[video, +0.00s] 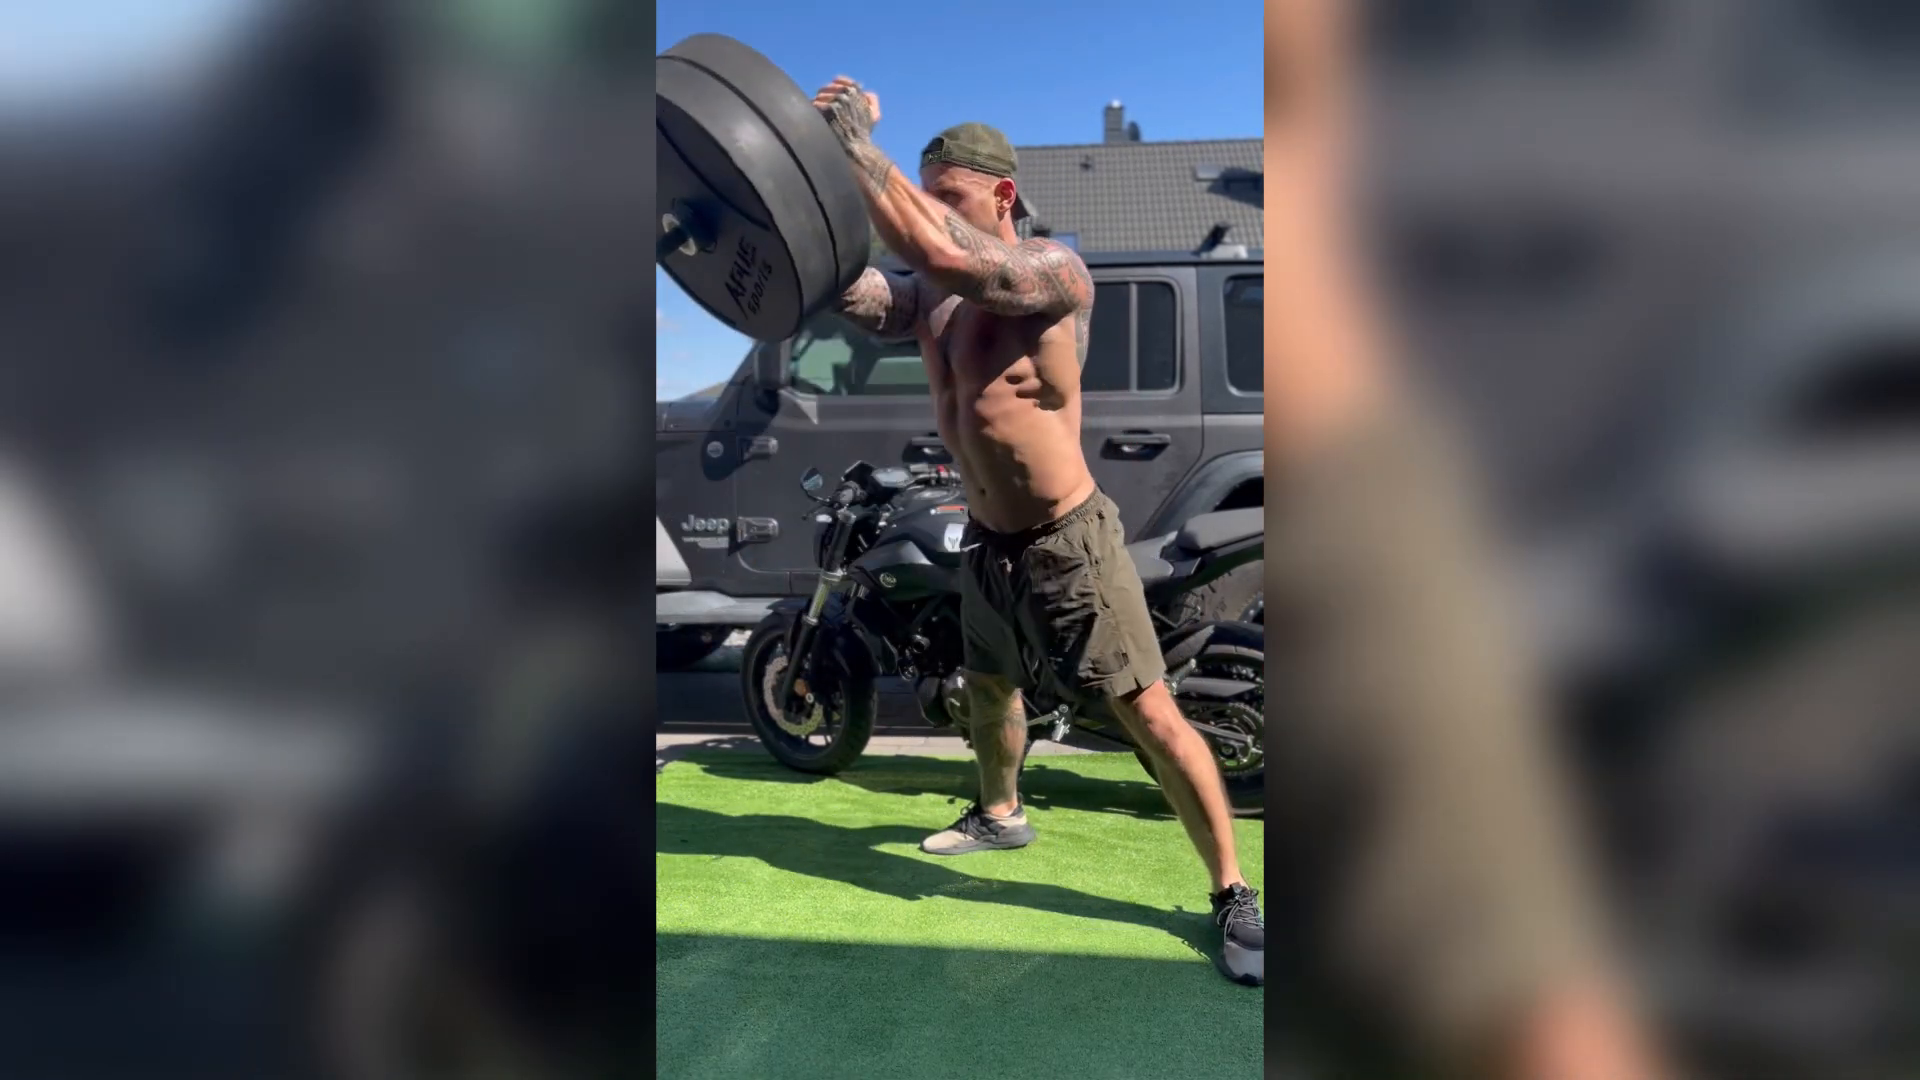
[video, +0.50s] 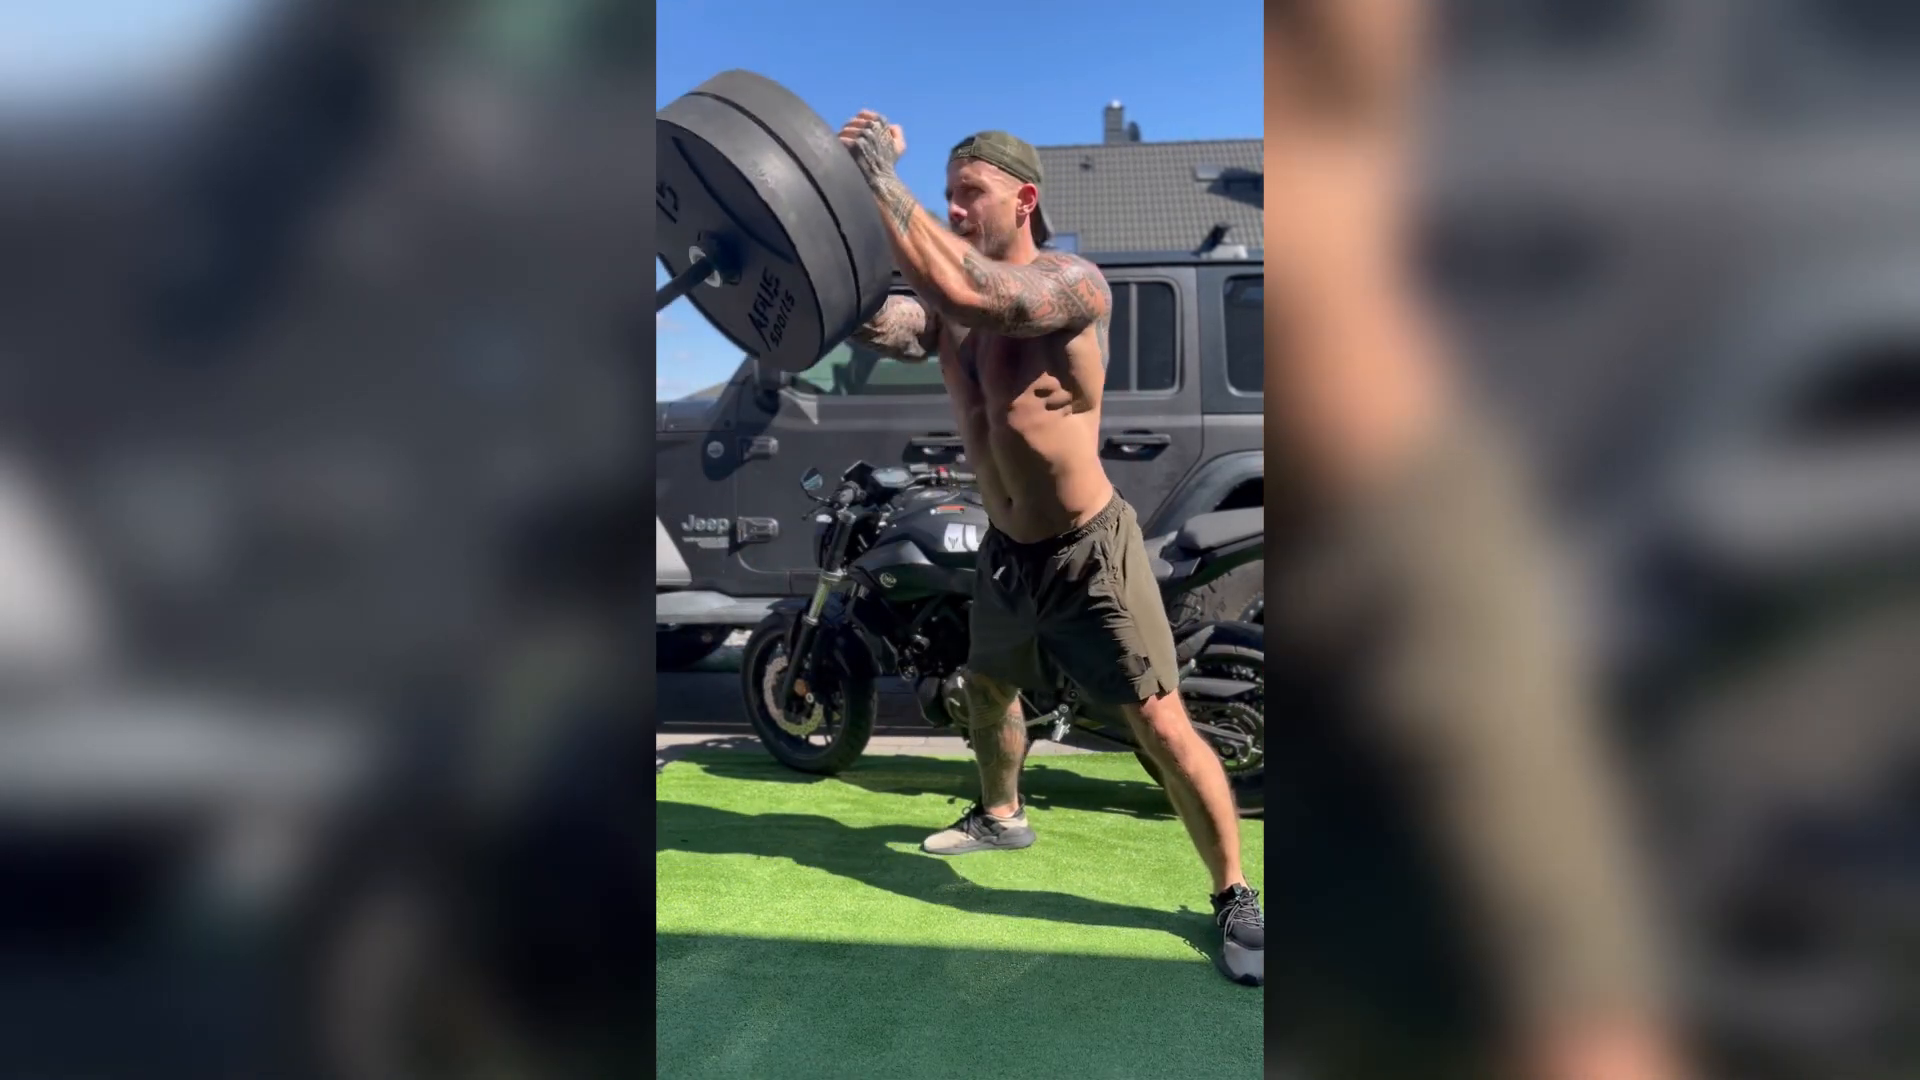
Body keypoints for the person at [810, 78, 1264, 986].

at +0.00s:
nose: (937, 207)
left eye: (951, 190)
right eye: (930, 194)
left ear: (1004, 194)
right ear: (930, 198)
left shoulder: (1058, 268)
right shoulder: (927, 298)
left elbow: (947, 253)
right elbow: (838, 287)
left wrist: (856, 146)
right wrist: (788, 177)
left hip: (1071, 537)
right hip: (987, 546)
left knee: (1150, 715)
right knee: (991, 691)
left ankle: (1232, 891)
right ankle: (1000, 816)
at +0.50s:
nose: (956, 208)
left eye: (972, 193)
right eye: (949, 196)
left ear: (1026, 200)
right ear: (950, 208)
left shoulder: (1076, 281)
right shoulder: (949, 302)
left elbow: (973, 291)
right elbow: (880, 324)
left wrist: (886, 186)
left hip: (1091, 545)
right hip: (1006, 551)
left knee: (1160, 725)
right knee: (989, 691)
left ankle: (1235, 896)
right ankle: (1000, 817)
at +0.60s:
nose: (975, 230)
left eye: (992, 215)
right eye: (971, 217)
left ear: (1045, 222)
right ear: (973, 231)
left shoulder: (1094, 314)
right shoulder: (976, 324)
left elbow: (999, 376)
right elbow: (915, 394)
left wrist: (928, 278)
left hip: (1103, 557)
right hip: (1013, 558)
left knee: (1161, 733)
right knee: (970, 695)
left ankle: (1235, 898)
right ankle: (1002, 819)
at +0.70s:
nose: (982, 280)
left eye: (1000, 267)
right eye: (981, 267)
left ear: (1051, 279)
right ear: (981, 281)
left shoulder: (1101, 371)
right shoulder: (984, 358)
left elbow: (1016, 464)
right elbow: (942, 459)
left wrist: (960, 365)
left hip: (1120, 583)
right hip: (1032, 586)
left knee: (1168, 742)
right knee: (952, 699)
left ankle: (1236, 899)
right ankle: (1002, 819)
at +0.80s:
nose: (990, 339)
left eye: (1009, 329)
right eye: (990, 327)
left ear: (1057, 347)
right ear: (988, 339)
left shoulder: (1105, 436)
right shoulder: (994, 420)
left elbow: (1035, 549)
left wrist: (989, 452)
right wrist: (940, 446)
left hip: (1133, 617)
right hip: (1047, 616)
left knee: (1167, 749)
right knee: (942, 702)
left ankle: (1237, 899)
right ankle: (995, 815)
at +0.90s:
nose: (997, 396)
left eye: (1016, 386)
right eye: (997, 384)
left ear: (1062, 405)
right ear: (993, 396)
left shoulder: (1116, 492)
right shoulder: (995, 476)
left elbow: (1058, 614)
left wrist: (1006, 513)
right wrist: (957, 501)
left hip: (1144, 649)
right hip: (1049, 649)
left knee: (1168, 751)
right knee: (939, 705)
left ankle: (1237, 901)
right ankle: (998, 821)